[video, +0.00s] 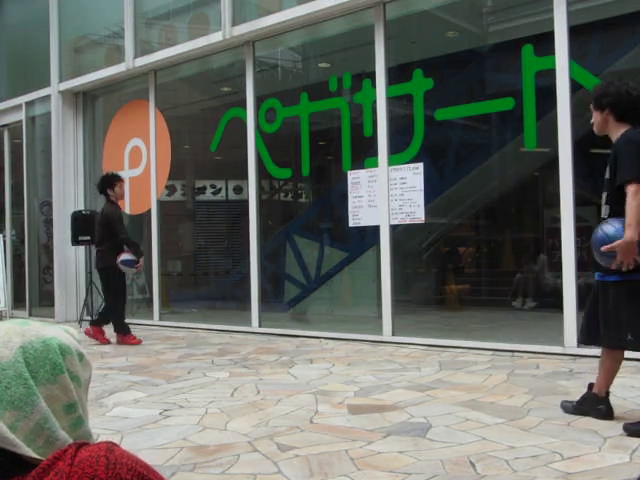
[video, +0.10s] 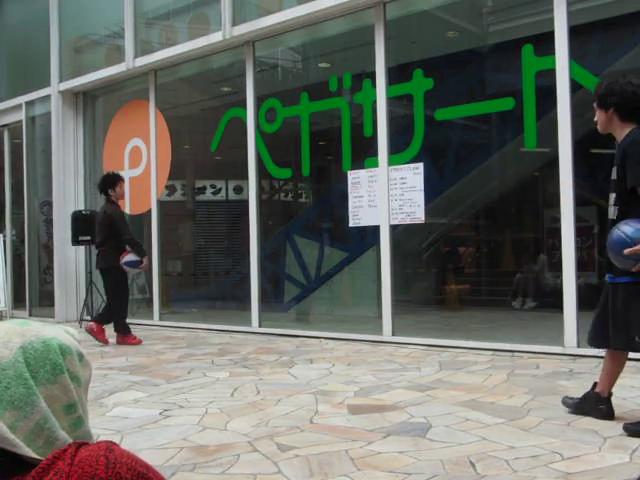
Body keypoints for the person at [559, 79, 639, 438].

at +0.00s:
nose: (591, 118)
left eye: (593, 112)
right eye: (591, 112)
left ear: (608, 112)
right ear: (612, 112)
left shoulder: (628, 143)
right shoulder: (624, 144)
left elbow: (633, 191)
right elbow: (625, 196)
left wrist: (632, 237)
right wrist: (621, 242)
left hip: (622, 254)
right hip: (620, 252)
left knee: (614, 322)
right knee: (613, 322)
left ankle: (599, 394)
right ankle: (599, 393)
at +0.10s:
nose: (594, 116)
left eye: (596, 109)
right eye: (594, 109)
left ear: (612, 111)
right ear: (616, 111)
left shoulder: (631, 147)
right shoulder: (626, 146)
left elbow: (632, 204)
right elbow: (625, 205)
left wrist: (637, 248)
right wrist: (619, 248)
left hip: (627, 261)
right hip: (621, 258)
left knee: (620, 327)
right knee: (616, 326)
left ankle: (601, 394)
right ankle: (601, 393)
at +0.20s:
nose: (598, 115)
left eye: (600, 108)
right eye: (598, 108)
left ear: (615, 109)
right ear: (619, 109)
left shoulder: (632, 145)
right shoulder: (625, 145)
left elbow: (630, 207)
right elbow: (624, 205)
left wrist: (624, 258)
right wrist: (617, 259)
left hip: (630, 264)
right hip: (623, 262)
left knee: (624, 328)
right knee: (621, 327)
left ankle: (605, 393)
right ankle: (604, 393)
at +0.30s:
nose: (599, 113)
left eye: (602, 106)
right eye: (599, 106)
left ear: (618, 108)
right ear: (619, 107)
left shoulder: (633, 145)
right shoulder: (622, 144)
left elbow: (629, 212)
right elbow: (623, 209)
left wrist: (624, 261)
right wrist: (617, 260)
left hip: (632, 262)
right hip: (625, 260)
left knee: (627, 331)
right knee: (624, 330)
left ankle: (613, 397)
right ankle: (612, 397)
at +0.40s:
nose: (601, 114)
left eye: (604, 107)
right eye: (601, 107)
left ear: (619, 108)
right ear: (619, 107)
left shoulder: (633, 146)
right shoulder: (622, 145)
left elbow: (629, 213)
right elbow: (623, 210)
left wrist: (623, 260)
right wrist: (616, 258)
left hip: (632, 259)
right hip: (624, 258)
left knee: (629, 334)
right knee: (626, 332)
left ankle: (613, 396)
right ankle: (613, 396)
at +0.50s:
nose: (602, 113)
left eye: (605, 107)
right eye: (602, 106)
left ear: (620, 108)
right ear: (620, 107)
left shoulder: (633, 146)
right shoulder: (622, 145)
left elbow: (629, 212)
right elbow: (623, 210)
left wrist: (619, 256)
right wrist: (614, 255)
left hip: (633, 258)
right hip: (623, 258)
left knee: (625, 332)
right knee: (620, 328)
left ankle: (610, 398)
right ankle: (608, 397)